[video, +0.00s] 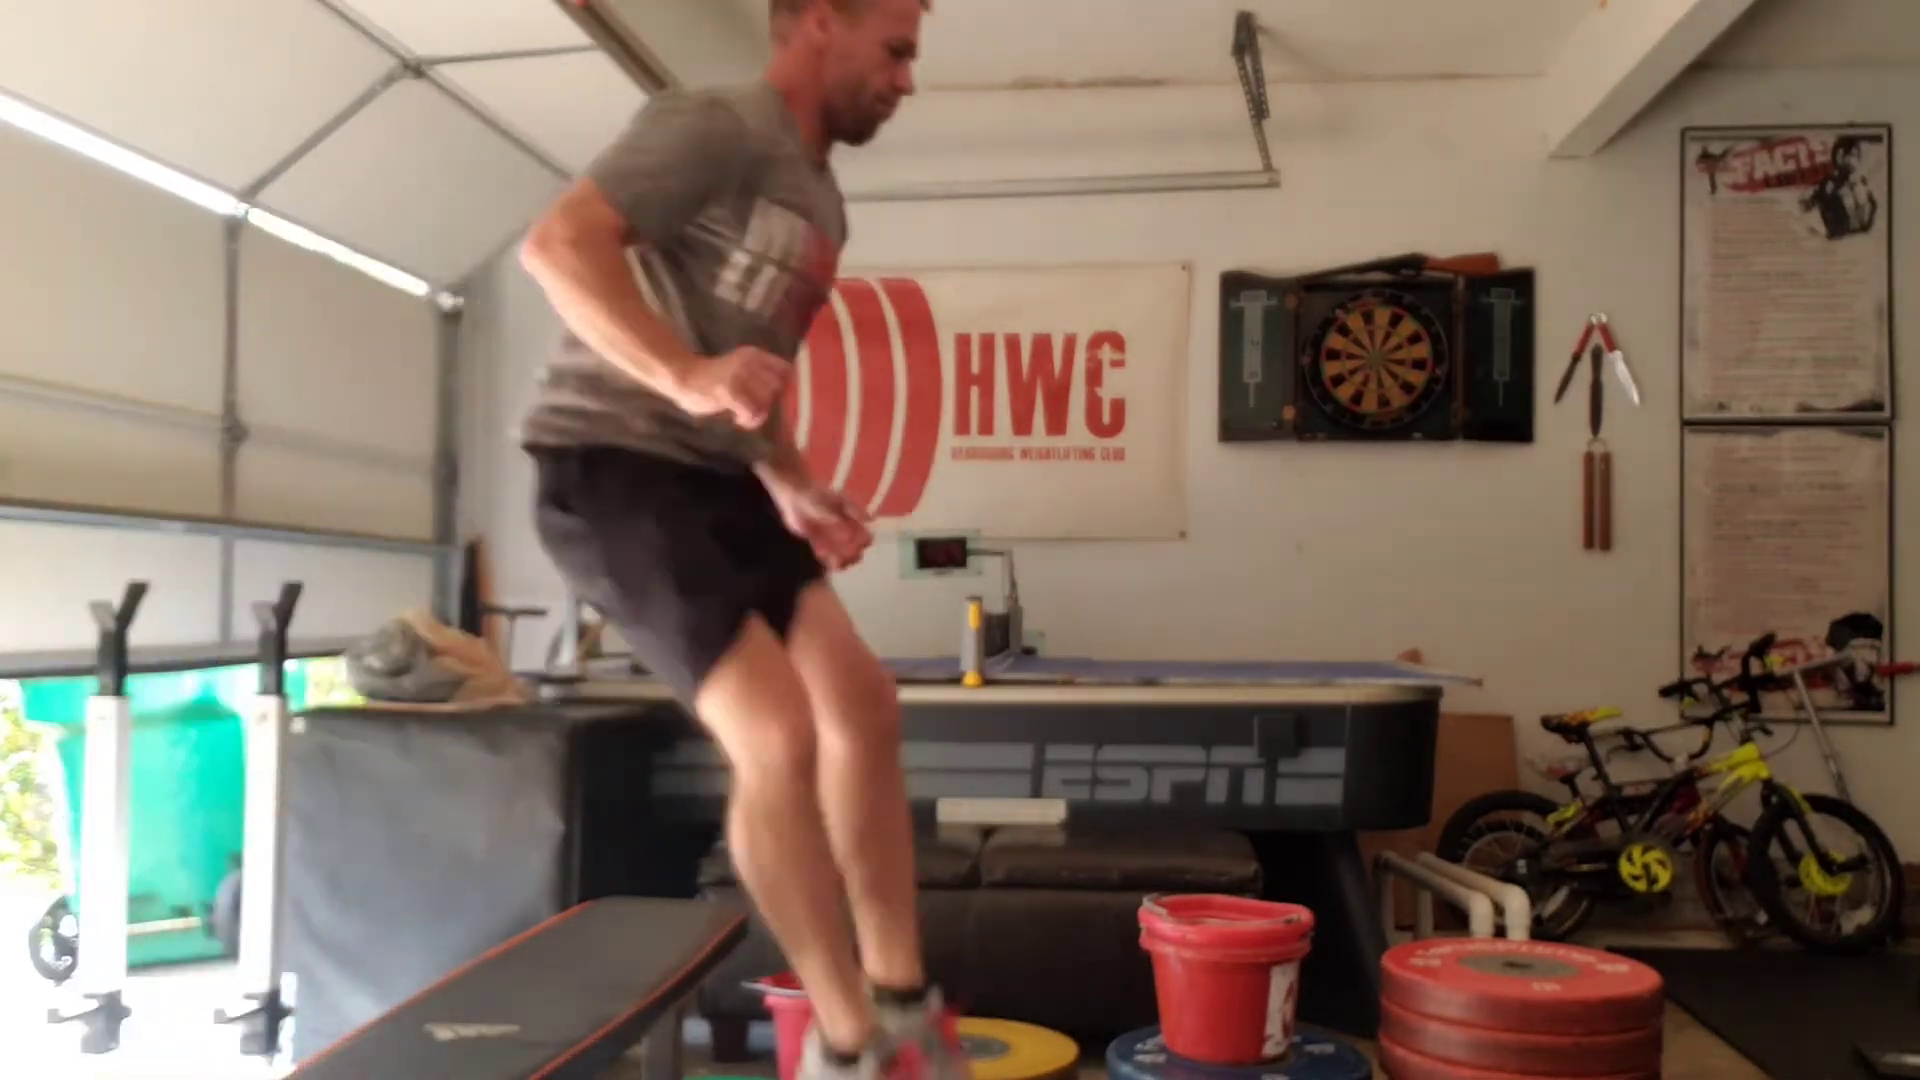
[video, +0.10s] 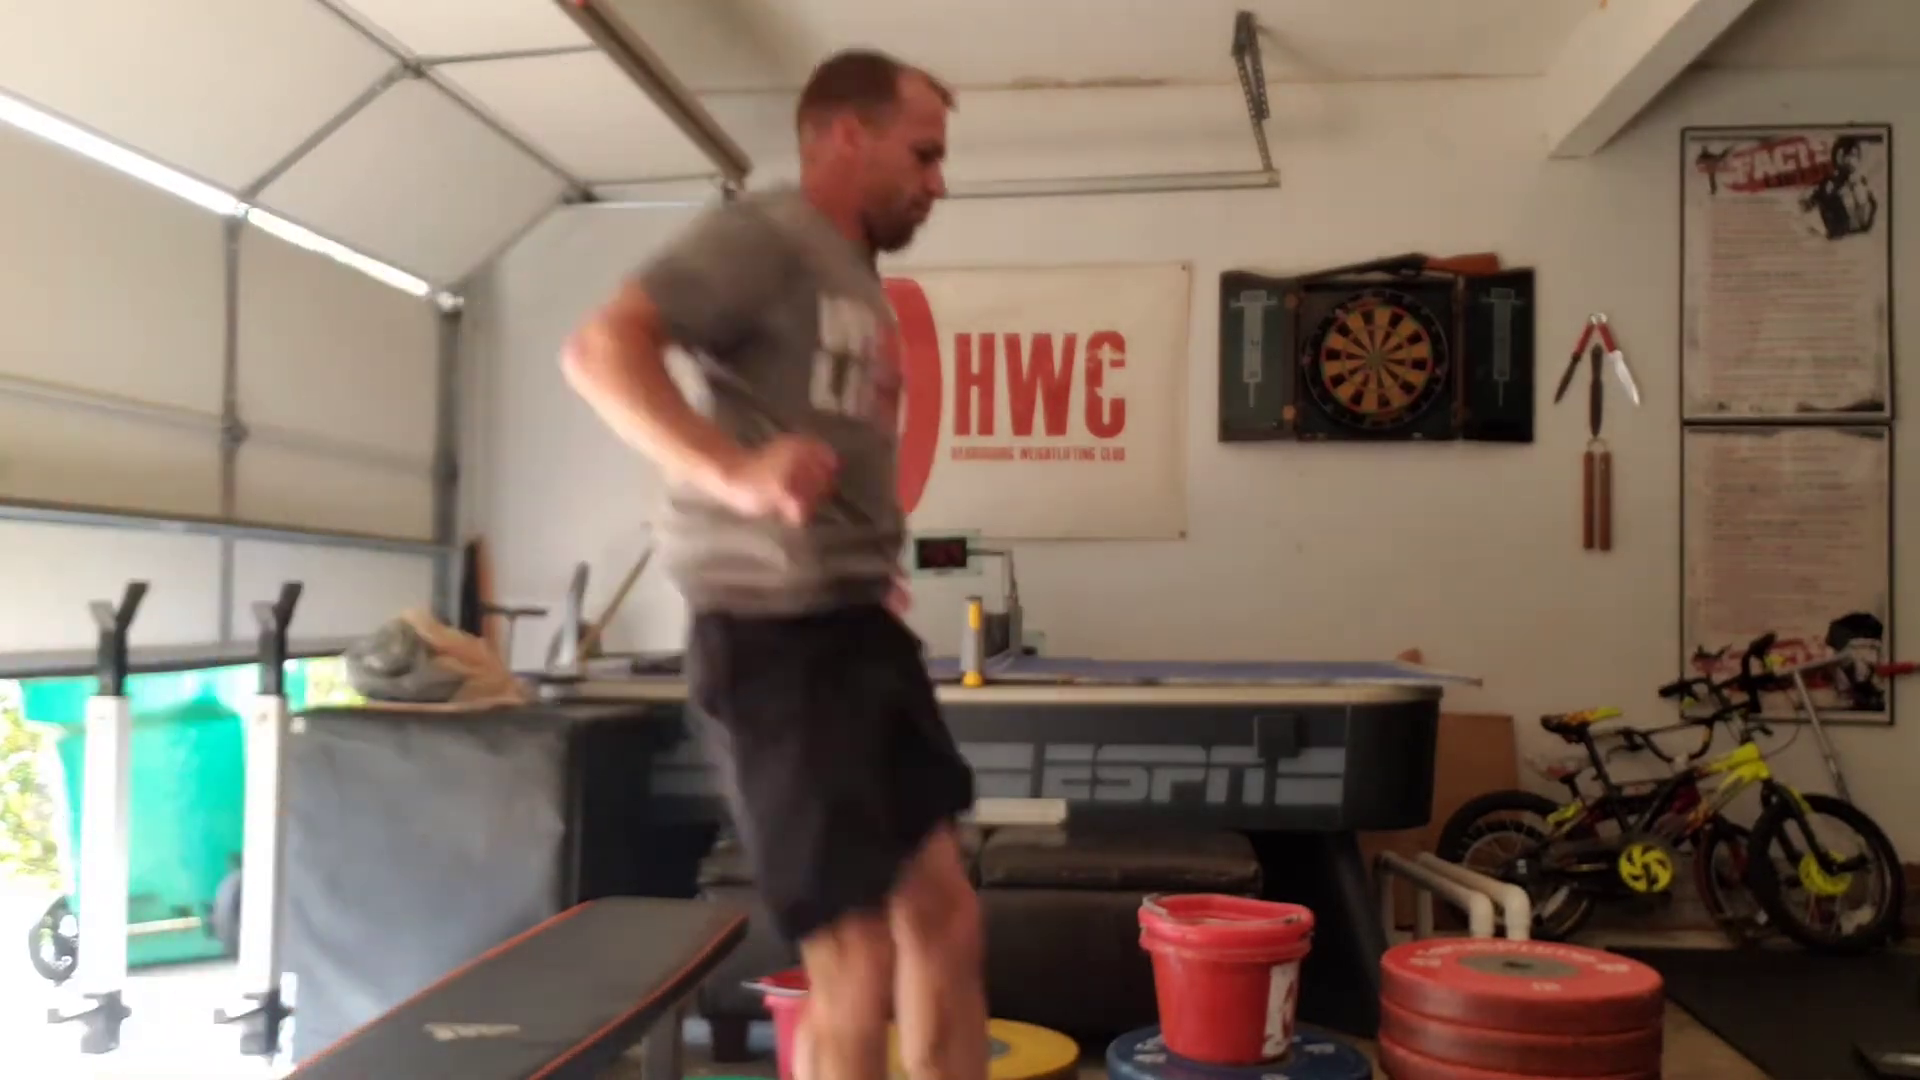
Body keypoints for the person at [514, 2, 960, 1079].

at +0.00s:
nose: (908, 82)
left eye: (912, 57)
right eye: (897, 49)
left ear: (823, 38)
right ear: (813, 27)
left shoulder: (818, 202)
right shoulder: (718, 125)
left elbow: (740, 366)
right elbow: (561, 243)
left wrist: (788, 479)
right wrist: (681, 373)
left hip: (719, 478)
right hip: (614, 467)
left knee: (860, 703)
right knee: (774, 729)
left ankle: (901, 1005)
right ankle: (850, 1042)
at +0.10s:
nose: (937, 185)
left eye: (940, 160)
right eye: (924, 154)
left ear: (847, 144)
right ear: (841, 136)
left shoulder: (852, 272)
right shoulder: (763, 232)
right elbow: (601, 348)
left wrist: (867, 569)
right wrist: (732, 471)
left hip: (857, 626)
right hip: (769, 635)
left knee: (943, 917)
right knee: (850, 966)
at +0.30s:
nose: (966, 229)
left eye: (973, 210)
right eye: (939, 211)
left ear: (981, 223)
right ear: (866, 227)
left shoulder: (1004, 398)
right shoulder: (810, 379)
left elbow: (1055, 562)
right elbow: (747, 560)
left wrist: (1116, 603)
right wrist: (909, 639)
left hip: (1004, 753)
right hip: (875, 754)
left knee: (1063, 1012)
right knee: (945, 1040)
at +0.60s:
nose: (924, 196)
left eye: (947, 172)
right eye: (916, 177)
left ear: (1026, 172)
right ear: (909, 190)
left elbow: (1226, 507)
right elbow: (865, 534)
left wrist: (1130, 571)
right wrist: (866, 581)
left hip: (1085, 751)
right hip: (941, 749)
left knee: (1132, 1040)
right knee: (921, 1020)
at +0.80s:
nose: (929, 207)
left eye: (942, 180)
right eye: (927, 185)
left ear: (1015, 168)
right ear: (1004, 175)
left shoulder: (1096, 312)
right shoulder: (1008, 332)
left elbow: (1150, 506)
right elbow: (1016, 534)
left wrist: (966, 589)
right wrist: (911, 614)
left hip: (1114, 744)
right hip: (1019, 736)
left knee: (1155, 1029)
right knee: (947, 959)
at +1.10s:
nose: (837, 231)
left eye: (847, 204)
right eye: (835, 208)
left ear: (912, 191)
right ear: (918, 196)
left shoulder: (960, 306)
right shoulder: (966, 306)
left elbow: (999, 472)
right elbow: (1011, 500)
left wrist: (870, 649)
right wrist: (961, 639)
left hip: (1062, 719)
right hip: (1059, 710)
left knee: (1006, 1022)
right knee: (1038, 1021)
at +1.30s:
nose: (708, 330)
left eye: (720, 302)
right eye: (709, 306)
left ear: (783, 297)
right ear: (788, 300)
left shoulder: (832, 393)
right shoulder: (839, 394)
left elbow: (1009, 455)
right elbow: (1008, 462)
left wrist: (1017, 655)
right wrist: (1011, 662)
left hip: (1029, 748)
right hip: (1060, 738)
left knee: (884, 1026)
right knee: (970, 1031)